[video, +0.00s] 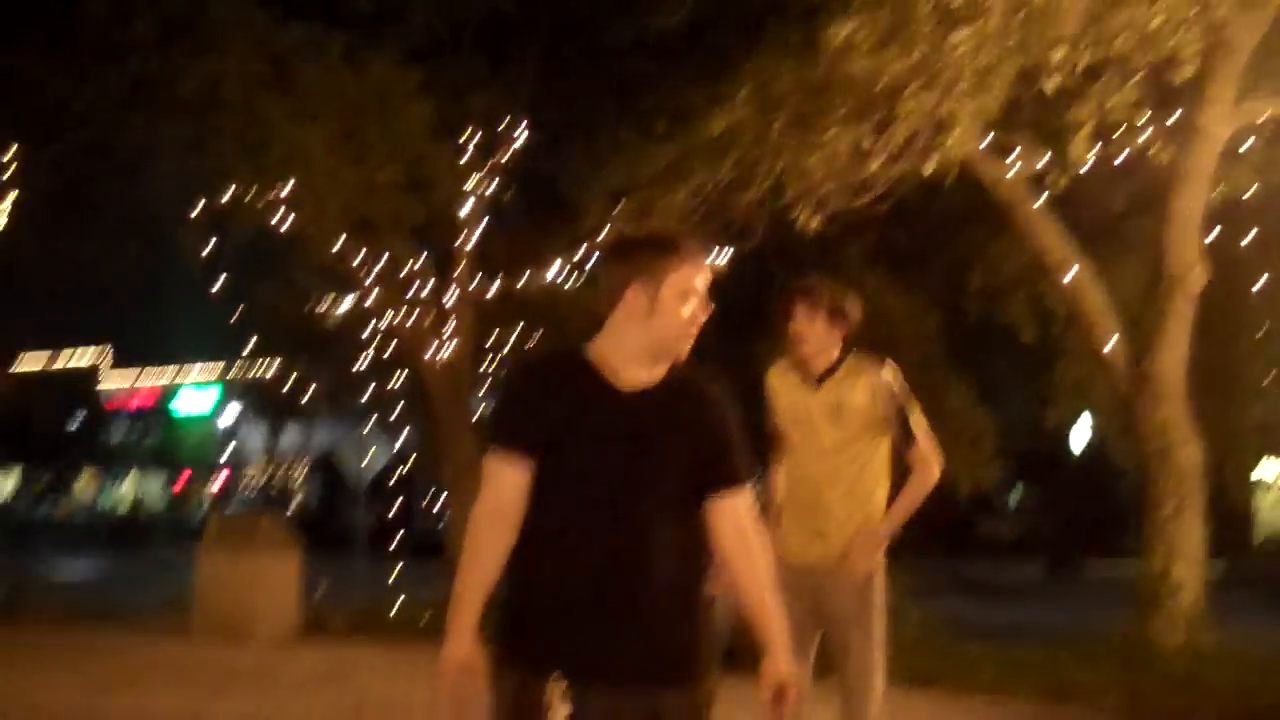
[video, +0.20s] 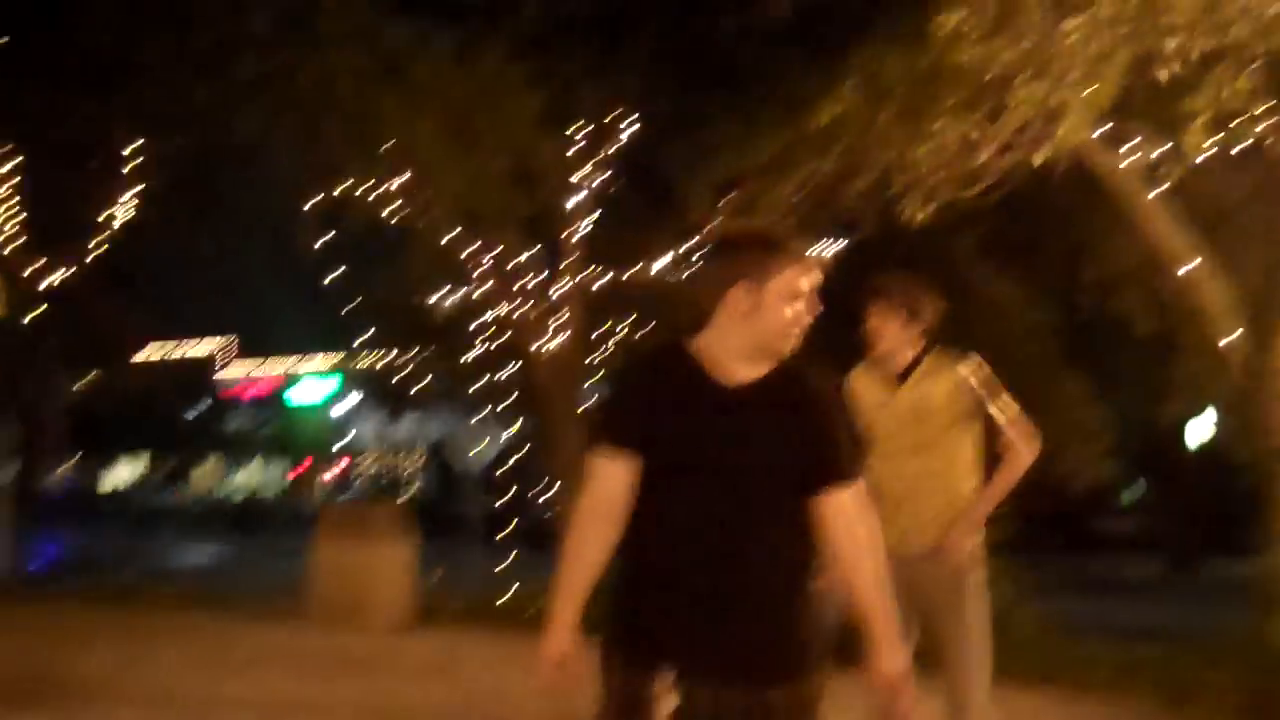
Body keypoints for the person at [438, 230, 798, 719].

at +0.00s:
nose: (704, 312)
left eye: (705, 298)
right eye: (688, 296)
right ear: (634, 297)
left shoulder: (699, 406)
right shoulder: (542, 386)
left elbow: (739, 532)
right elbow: (497, 513)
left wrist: (776, 650)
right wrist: (461, 631)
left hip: (663, 671)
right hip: (541, 667)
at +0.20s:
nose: (810, 313)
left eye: (812, 298)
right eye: (795, 297)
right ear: (740, 296)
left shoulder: (809, 399)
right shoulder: (651, 380)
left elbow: (850, 524)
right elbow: (603, 504)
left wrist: (886, 643)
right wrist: (563, 621)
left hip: (770, 663)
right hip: (651, 661)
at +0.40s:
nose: (777, 295)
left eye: (780, 280)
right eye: (763, 280)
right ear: (708, 278)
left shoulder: (781, 366)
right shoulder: (624, 350)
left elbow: (812, 498)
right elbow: (569, 478)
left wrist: (840, 619)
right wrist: (522, 593)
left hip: (731, 643)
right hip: (614, 637)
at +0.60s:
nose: (767, 330)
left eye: (771, 314)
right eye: (751, 314)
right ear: (697, 311)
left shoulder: (776, 399)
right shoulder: (621, 379)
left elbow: (794, 535)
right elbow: (574, 497)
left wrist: (799, 659)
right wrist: (521, 609)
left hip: (723, 657)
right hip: (610, 651)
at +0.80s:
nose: (749, 385)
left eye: (755, 369)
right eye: (731, 371)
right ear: (678, 364)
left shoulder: (756, 449)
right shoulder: (618, 424)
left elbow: (753, 588)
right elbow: (565, 539)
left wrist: (732, 701)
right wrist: (511, 647)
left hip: (697, 685)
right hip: (602, 672)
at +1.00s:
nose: (677, 365)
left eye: (683, 350)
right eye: (658, 349)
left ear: (690, 350)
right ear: (607, 343)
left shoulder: (683, 435)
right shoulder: (553, 409)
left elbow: (672, 570)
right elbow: (495, 521)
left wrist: (645, 676)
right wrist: (441, 623)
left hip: (621, 671)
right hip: (530, 654)